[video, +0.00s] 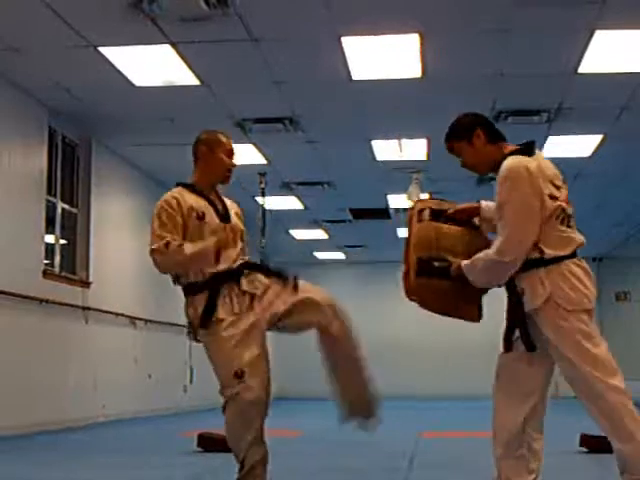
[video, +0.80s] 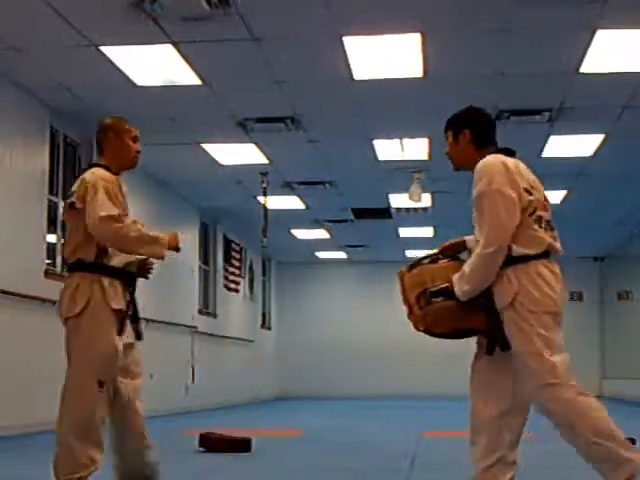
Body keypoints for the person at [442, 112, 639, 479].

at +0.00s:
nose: (464, 165)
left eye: (461, 155)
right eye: (459, 159)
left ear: (479, 139)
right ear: (483, 139)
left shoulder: (516, 168)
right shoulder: (529, 165)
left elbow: (511, 250)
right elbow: (520, 218)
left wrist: (466, 269)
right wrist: (475, 212)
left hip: (554, 283)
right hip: (532, 287)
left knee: (599, 387)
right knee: (516, 395)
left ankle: (634, 466)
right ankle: (517, 472)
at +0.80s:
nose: (447, 153)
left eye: (449, 144)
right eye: (446, 145)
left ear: (466, 137)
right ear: (477, 137)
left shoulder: (493, 168)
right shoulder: (512, 168)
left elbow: (494, 241)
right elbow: (514, 234)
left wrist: (461, 287)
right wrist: (467, 243)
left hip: (526, 282)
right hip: (516, 283)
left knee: (550, 386)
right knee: (492, 386)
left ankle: (627, 468)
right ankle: (492, 472)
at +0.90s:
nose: (434, 148)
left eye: (436, 139)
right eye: (433, 141)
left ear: (452, 136)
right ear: (467, 136)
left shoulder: (473, 165)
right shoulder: (497, 166)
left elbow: (474, 235)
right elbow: (497, 232)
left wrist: (444, 282)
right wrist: (449, 241)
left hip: (506, 278)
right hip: (506, 277)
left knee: (497, 382)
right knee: (481, 383)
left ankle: (581, 455)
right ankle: (493, 471)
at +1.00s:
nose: (424, 144)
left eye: (426, 135)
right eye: (424, 136)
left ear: (441, 132)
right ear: (459, 133)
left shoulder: (459, 161)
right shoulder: (488, 164)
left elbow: (456, 230)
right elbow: (481, 231)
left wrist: (423, 276)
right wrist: (427, 239)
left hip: (488, 276)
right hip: (513, 274)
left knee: (454, 374)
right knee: (501, 381)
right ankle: (495, 469)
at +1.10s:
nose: (411, 139)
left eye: (413, 130)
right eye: (411, 131)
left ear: (430, 128)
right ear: (447, 129)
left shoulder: (448, 159)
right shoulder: (477, 162)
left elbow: (436, 230)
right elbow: (465, 229)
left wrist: (399, 272)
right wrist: (411, 236)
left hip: (470, 280)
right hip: (497, 279)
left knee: (429, 372)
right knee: (490, 385)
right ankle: (497, 471)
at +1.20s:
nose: (399, 137)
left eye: (402, 128)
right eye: (400, 129)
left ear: (417, 126)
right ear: (437, 128)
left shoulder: (434, 159)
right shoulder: (465, 163)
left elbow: (415, 229)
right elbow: (442, 227)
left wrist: (374, 269)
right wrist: (391, 232)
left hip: (453, 281)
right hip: (481, 277)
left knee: (415, 377)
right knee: (481, 385)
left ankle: (369, 470)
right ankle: (496, 471)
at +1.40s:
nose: (360, 135)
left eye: (364, 126)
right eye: (361, 127)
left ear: (379, 126)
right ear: (397, 129)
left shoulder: (391, 163)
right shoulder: (426, 164)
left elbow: (368, 235)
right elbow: (401, 226)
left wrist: (326, 276)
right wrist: (349, 233)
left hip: (413, 283)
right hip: (447, 279)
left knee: (381, 380)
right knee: (458, 386)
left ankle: (365, 472)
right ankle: (488, 472)